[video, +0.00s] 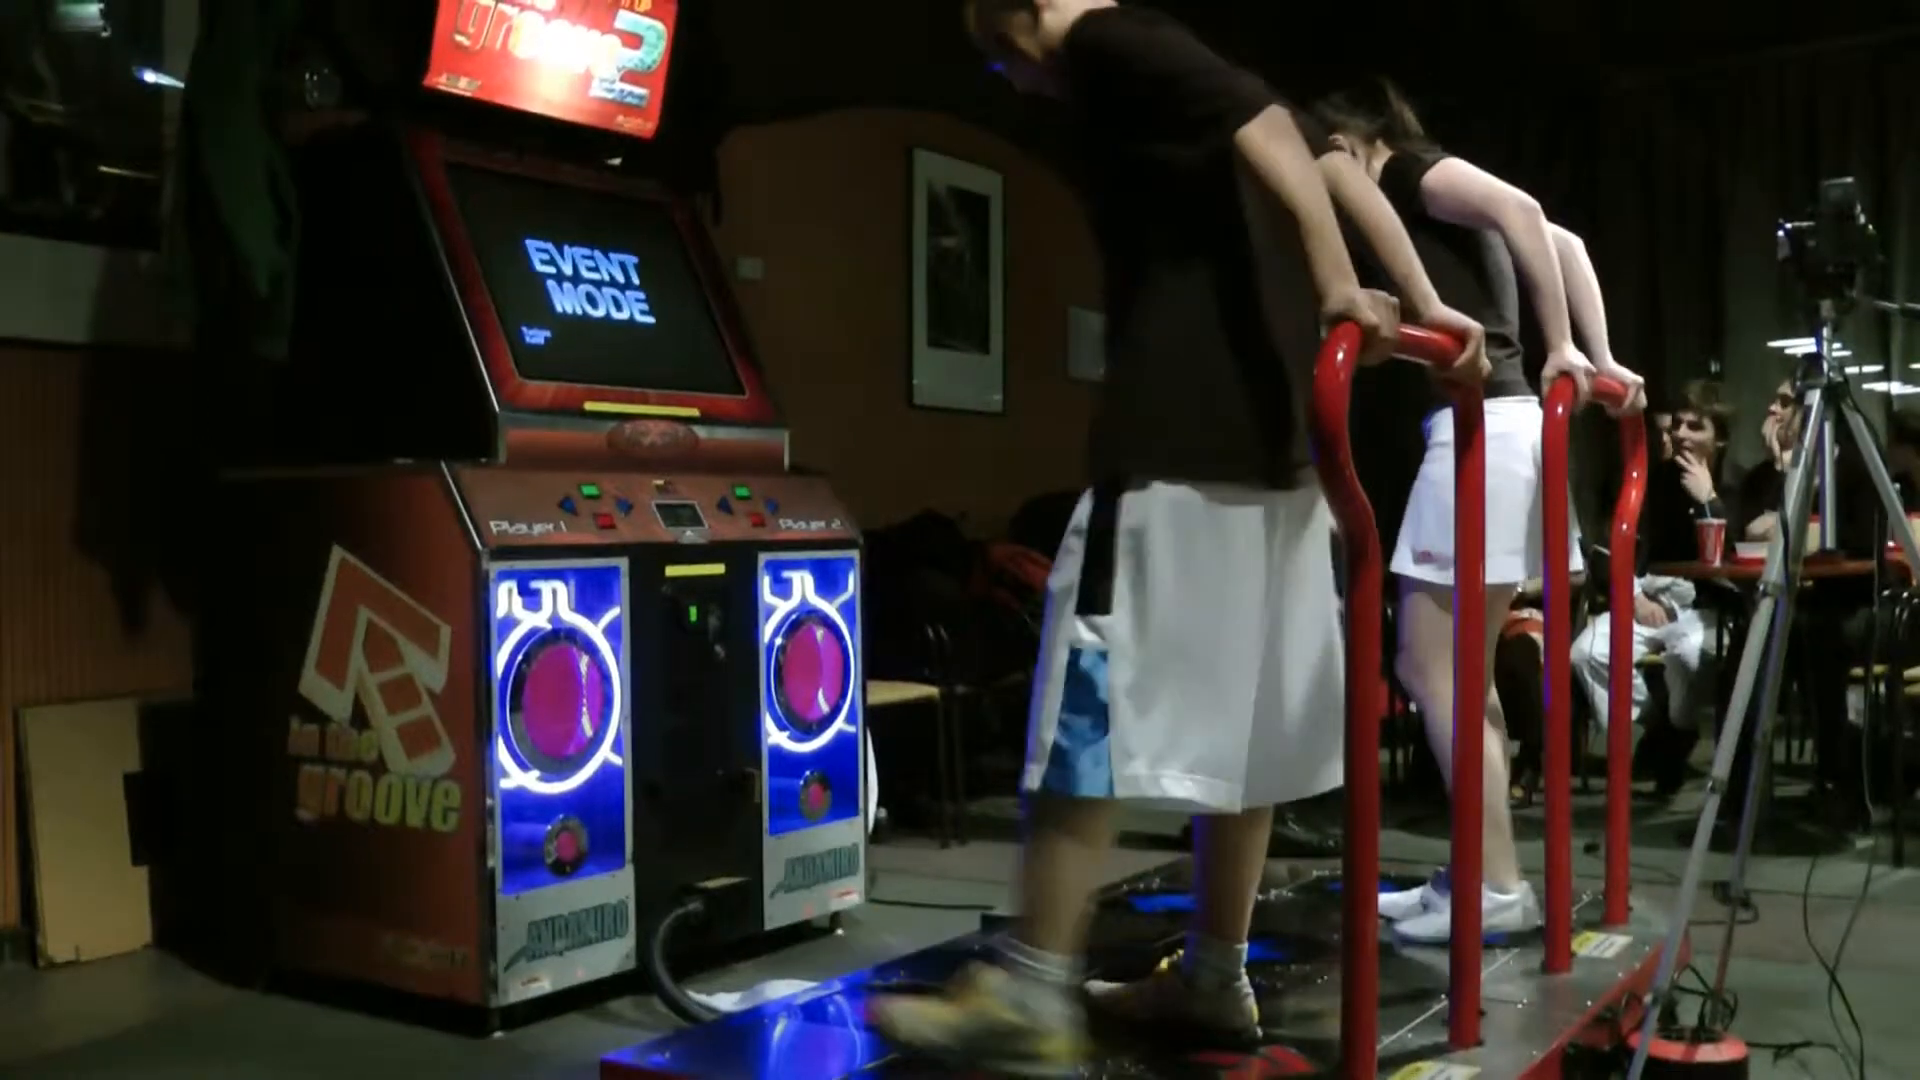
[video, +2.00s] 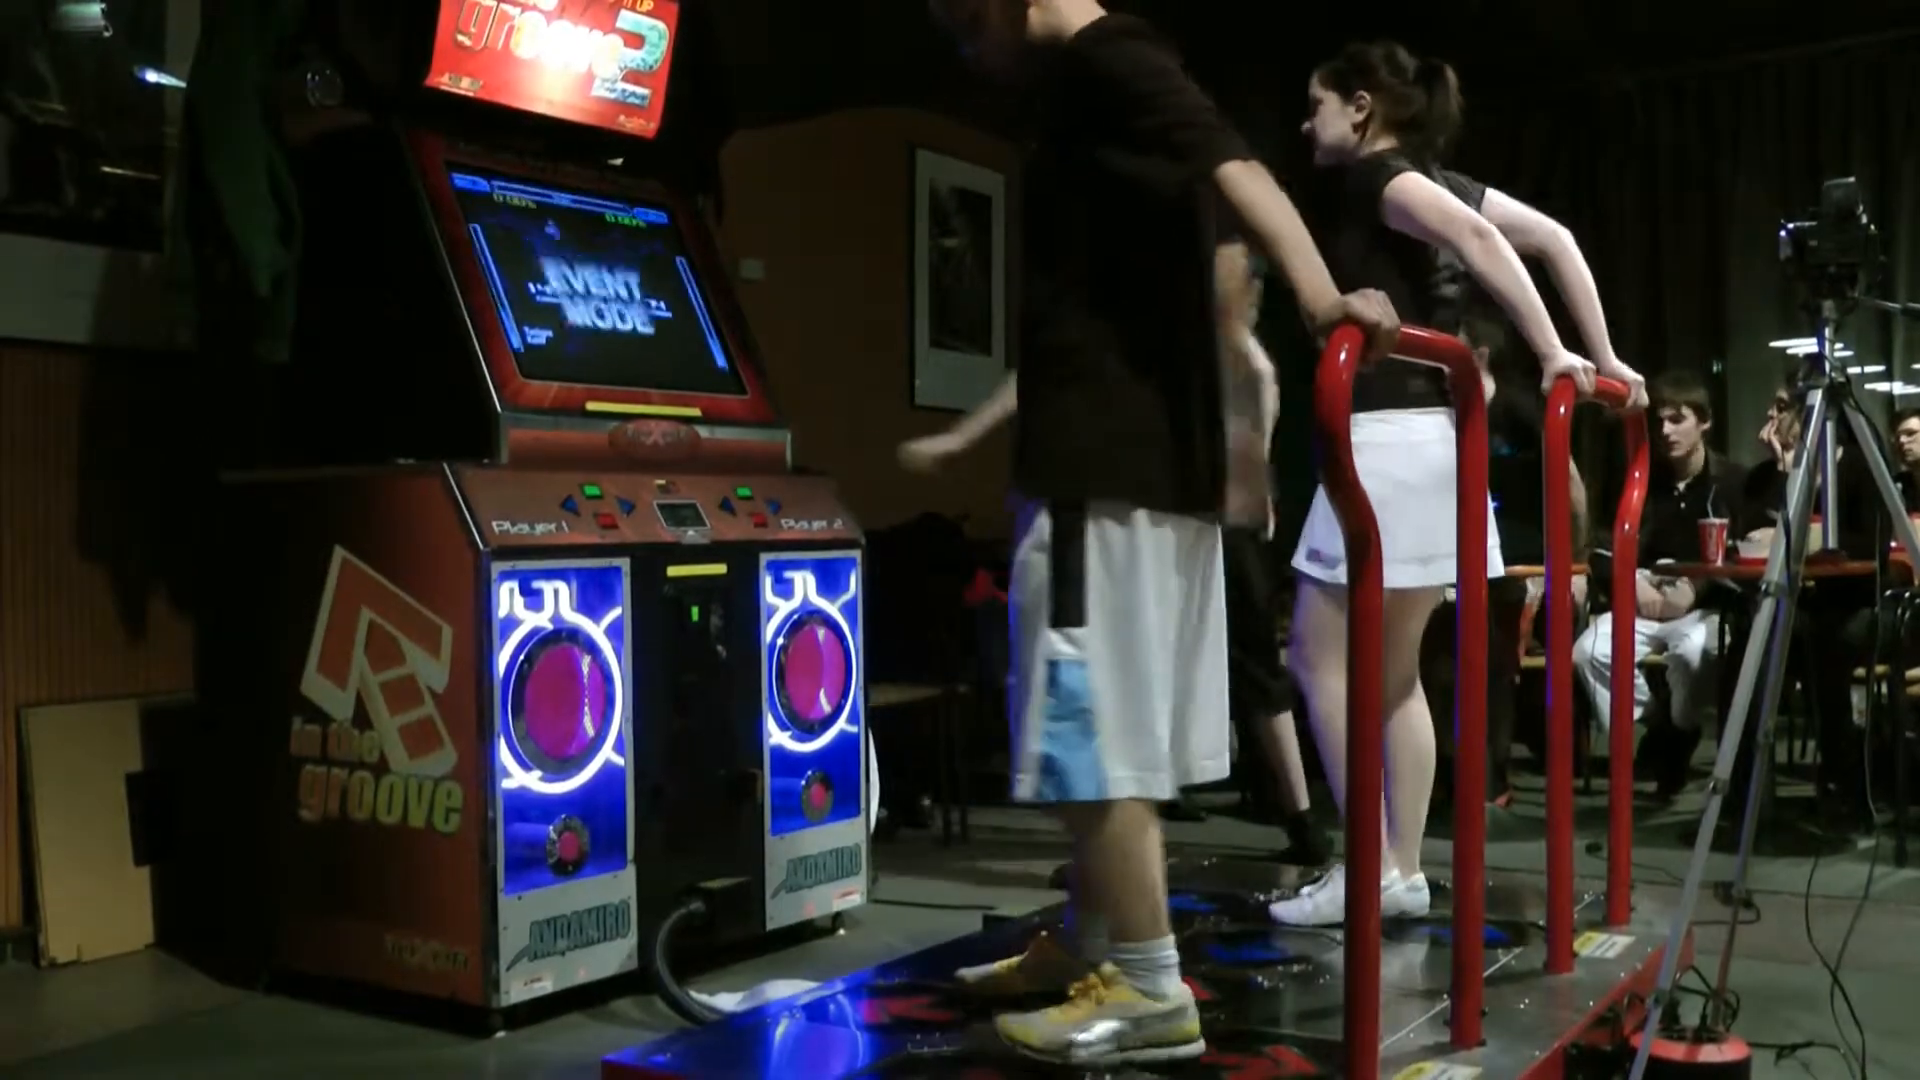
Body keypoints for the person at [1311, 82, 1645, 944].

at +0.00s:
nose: (1335, 170)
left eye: (1335, 155)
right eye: (1331, 158)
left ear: (1364, 141)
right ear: (1393, 132)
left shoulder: (1417, 173)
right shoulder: (1440, 181)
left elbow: (1522, 214)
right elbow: (1562, 240)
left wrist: (1561, 348)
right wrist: (1604, 354)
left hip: (1481, 434)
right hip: (1509, 435)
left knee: (1435, 665)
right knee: (1448, 666)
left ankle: (1493, 885)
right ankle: (1485, 875)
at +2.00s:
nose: (1307, 123)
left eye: (1318, 106)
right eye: (1310, 106)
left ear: (1364, 109)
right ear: (1389, 114)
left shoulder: (1373, 178)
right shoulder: (1434, 179)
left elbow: (1473, 235)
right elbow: (1552, 235)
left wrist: (1552, 351)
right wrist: (1603, 352)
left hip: (1385, 446)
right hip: (1441, 445)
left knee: (1321, 663)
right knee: (1396, 675)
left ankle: (1366, 868)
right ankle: (1402, 872)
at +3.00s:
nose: (1302, 136)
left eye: (1309, 118)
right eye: (1301, 119)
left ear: (1355, 109)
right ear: (1367, 113)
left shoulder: (1389, 169)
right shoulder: (1410, 177)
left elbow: (1502, 231)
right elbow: (1545, 244)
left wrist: (1557, 353)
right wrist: (1602, 358)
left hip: (1384, 444)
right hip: (1408, 445)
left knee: (1331, 654)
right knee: (1370, 665)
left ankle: (1345, 870)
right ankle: (1405, 864)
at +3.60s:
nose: (1314, 175)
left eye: (1318, 154)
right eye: (1303, 163)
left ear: (1366, 127)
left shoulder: (1423, 177)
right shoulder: (1410, 210)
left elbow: (1527, 221)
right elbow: (1551, 260)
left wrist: (1557, 345)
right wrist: (1599, 357)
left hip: (1435, 449)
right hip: (1459, 450)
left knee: (1367, 653)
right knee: (1421, 673)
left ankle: (1356, 862)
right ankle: (1413, 864)